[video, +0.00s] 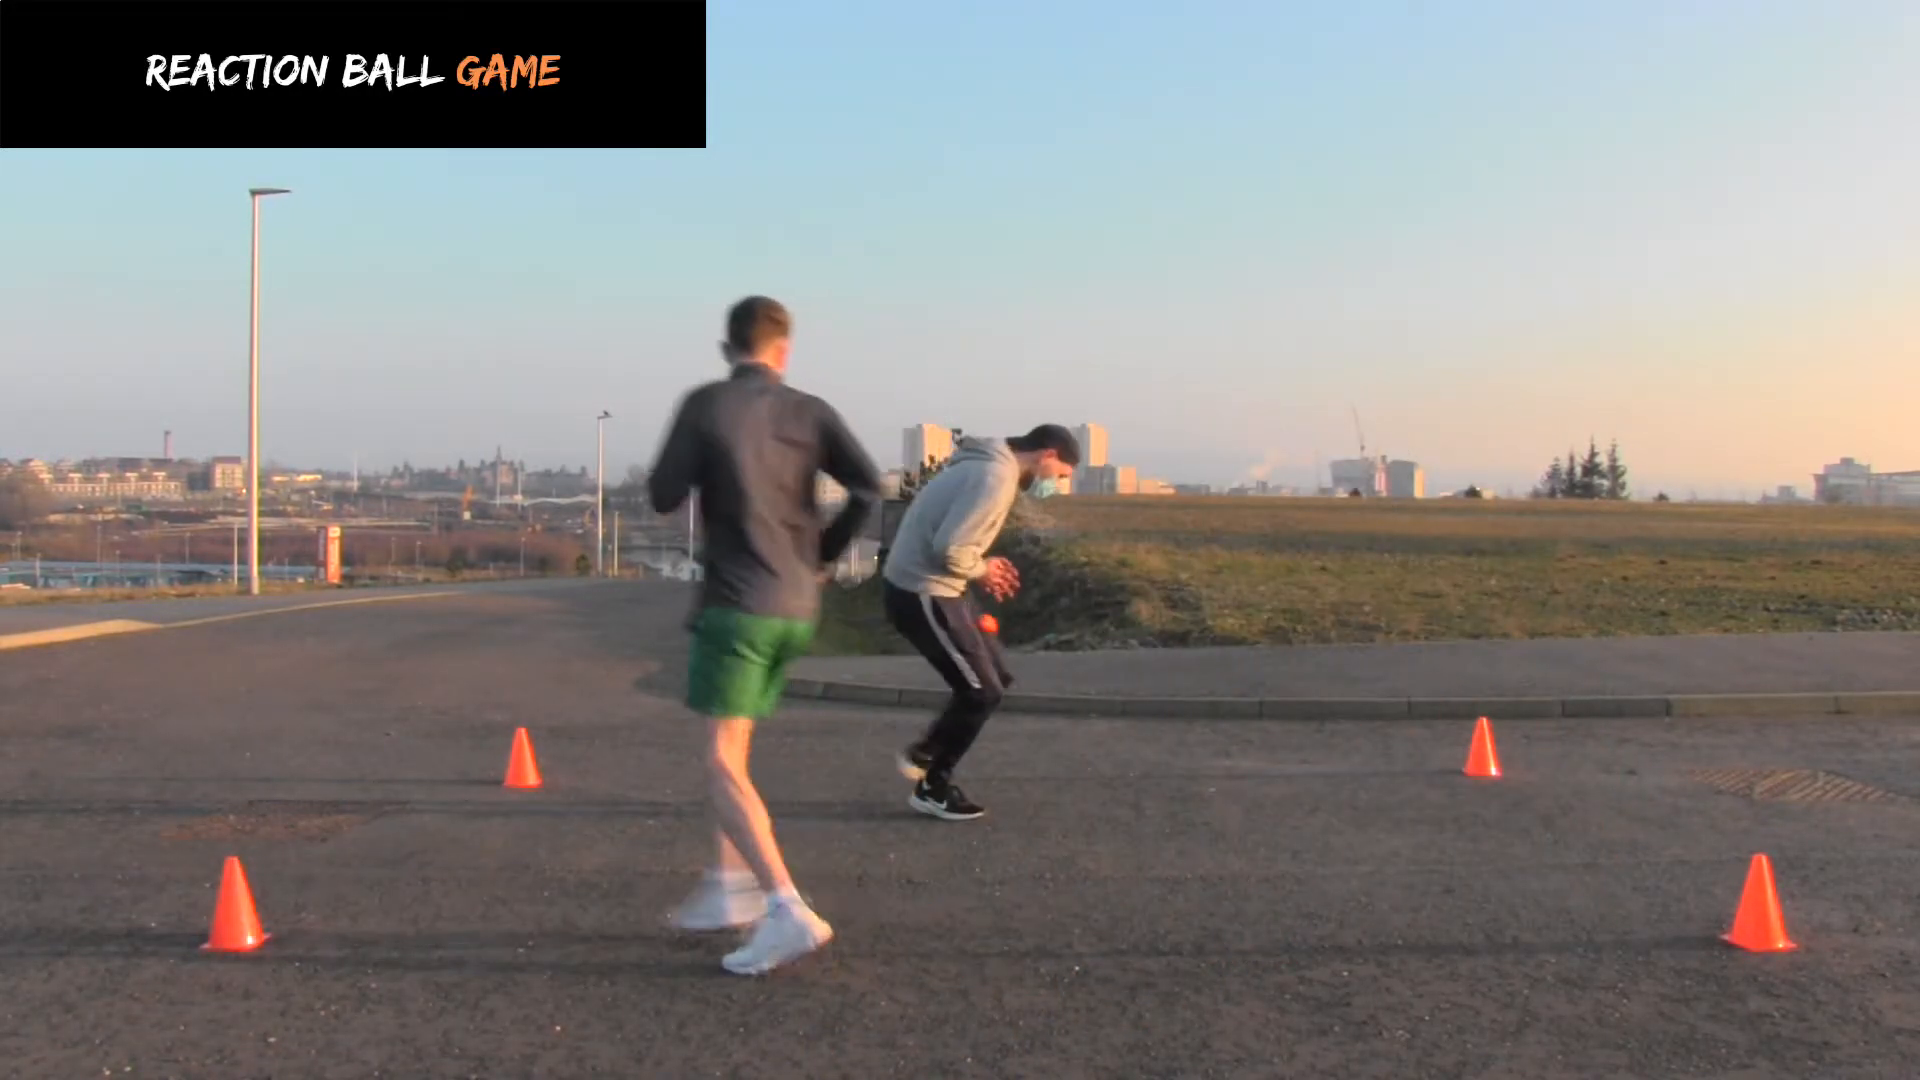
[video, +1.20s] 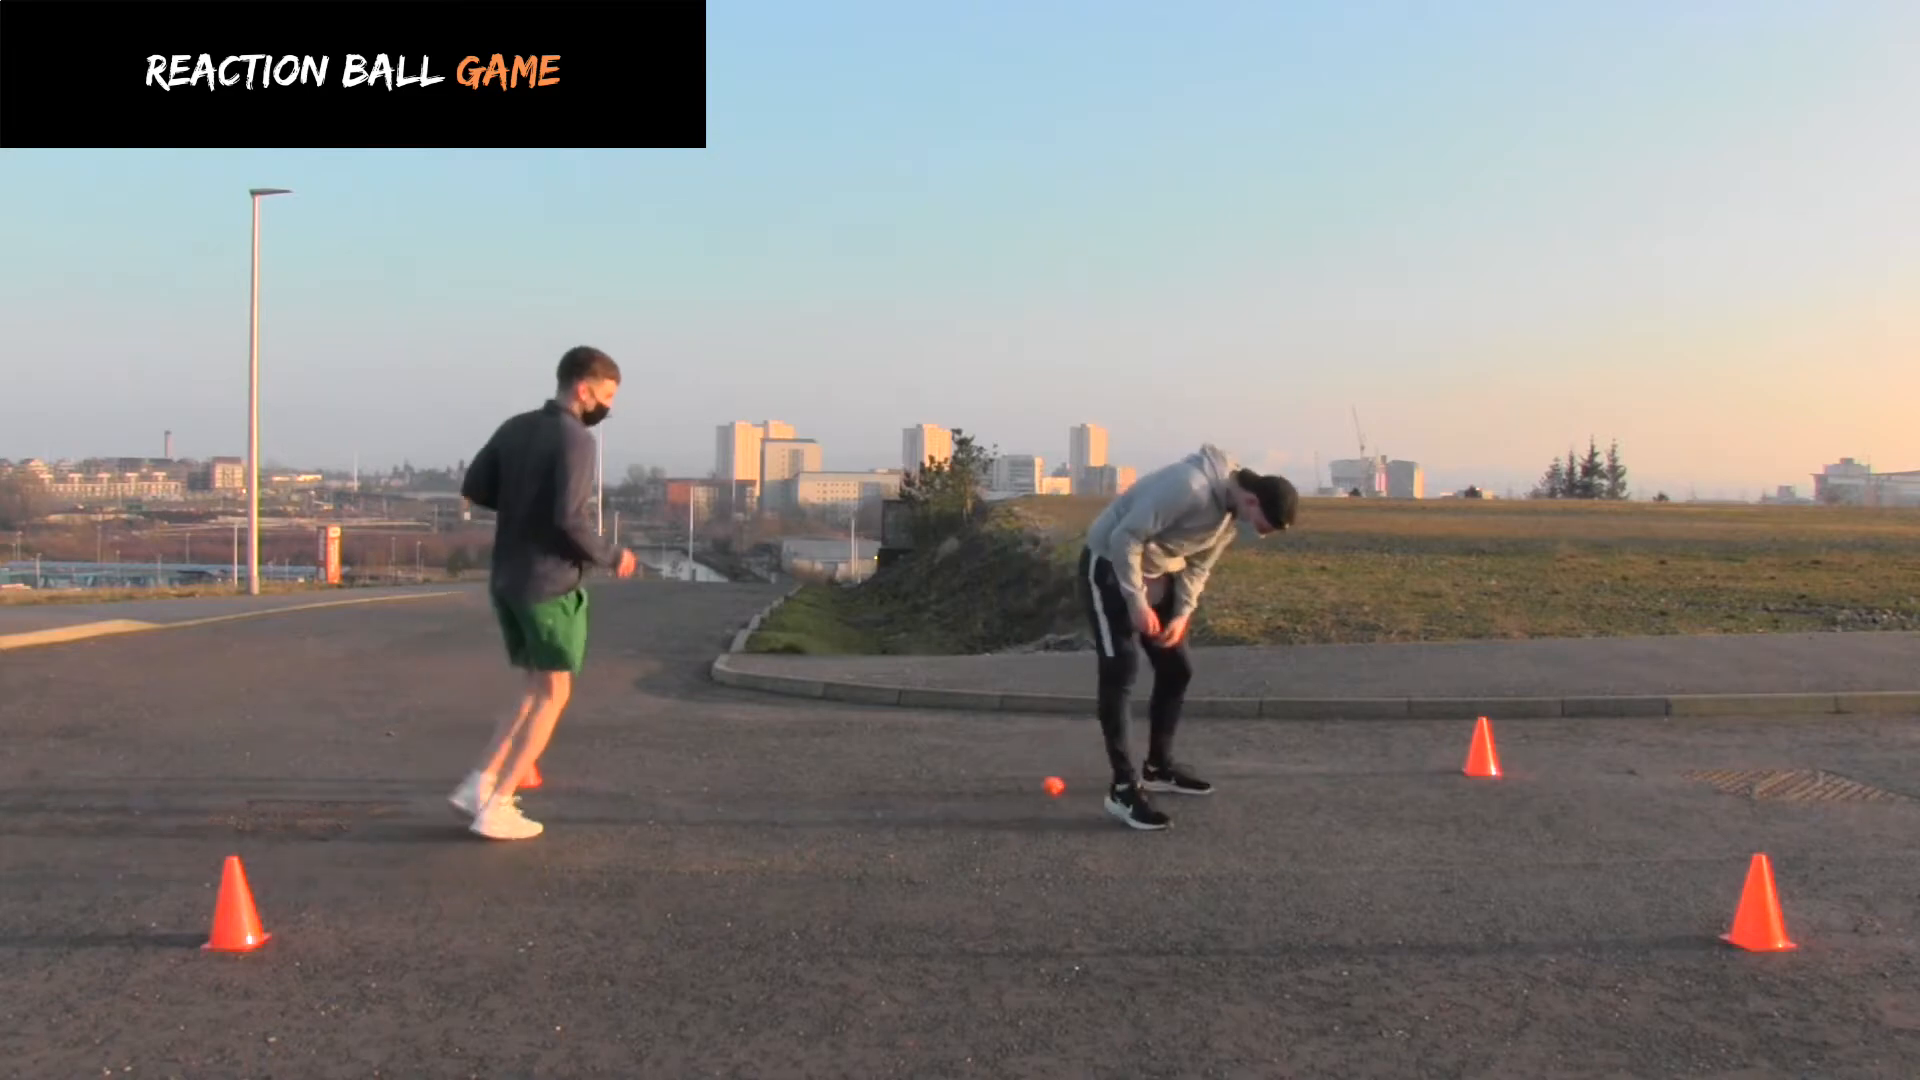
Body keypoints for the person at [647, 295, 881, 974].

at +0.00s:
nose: (780, 355)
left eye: (761, 343)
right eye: (783, 345)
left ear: (729, 343)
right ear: (784, 347)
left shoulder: (705, 406)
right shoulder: (812, 412)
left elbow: (664, 495)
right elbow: (870, 489)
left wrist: (703, 446)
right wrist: (823, 550)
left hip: (738, 604)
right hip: (797, 608)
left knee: (723, 762)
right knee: (731, 752)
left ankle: (789, 909)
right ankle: (729, 889)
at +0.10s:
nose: (748, 352)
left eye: (743, 340)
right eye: (748, 342)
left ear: (689, 338)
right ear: (740, 343)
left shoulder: (657, 396)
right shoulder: (763, 404)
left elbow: (620, 486)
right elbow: (810, 477)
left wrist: (673, 453)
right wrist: (784, 552)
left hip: (677, 591)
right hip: (744, 595)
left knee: (681, 748)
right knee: (673, 745)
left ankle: (749, 878)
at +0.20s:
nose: (692, 389)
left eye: (690, 380)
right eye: (692, 380)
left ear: (635, 373)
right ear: (681, 379)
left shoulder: (593, 428)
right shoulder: (702, 444)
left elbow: (550, 510)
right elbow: (729, 528)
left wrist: (605, 499)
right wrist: (728, 597)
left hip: (596, 620)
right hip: (661, 628)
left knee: (576, 761)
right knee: (588, 758)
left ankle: (655, 841)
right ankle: (545, 886)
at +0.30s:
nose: (663, 402)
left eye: (662, 392)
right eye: (662, 393)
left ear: (607, 386)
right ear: (648, 391)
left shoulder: (561, 438)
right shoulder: (662, 457)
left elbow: (518, 521)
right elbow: (683, 550)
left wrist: (568, 527)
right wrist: (686, 616)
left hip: (559, 627)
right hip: (628, 634)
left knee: (533, 752)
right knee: (573, 754)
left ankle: (575, 830)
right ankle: (544, 884)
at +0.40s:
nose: (634, 380)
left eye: (635, 371)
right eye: (632, 370)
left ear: (579, 361)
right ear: (611, 366)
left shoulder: (527, 412)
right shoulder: (626, 433)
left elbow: (480, 487)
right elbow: (631, 523)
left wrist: (528, 495)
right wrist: (618, 576)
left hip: (515, 599)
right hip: (585, 605)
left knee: (499, 724)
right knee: (558, 737)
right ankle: (543, 871)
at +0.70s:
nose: (571, 406)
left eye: (572, 395)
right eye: (568, 394)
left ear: (522, 386)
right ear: (543, 388)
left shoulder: (469, 435)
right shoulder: (547, 447)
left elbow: (426, 503)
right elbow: (538, 527)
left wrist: (482, 526)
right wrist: (571, 592)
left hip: (457, 607)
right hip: (519, 610)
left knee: (459, 719)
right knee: (546, 705)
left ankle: (430, 848)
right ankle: (507, 816)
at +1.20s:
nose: (609, 406)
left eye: (612, 397)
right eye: (606, 395)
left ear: (567, 386)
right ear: (582, 386)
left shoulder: (516, 427)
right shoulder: (576, 439)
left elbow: (476, 488)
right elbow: (569, 519)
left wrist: (532, 506)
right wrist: (613, 557)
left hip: (509, 582)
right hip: (550, 587)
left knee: (537, 686)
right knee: (555, 690)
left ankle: (481, 784)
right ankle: (497, 806)